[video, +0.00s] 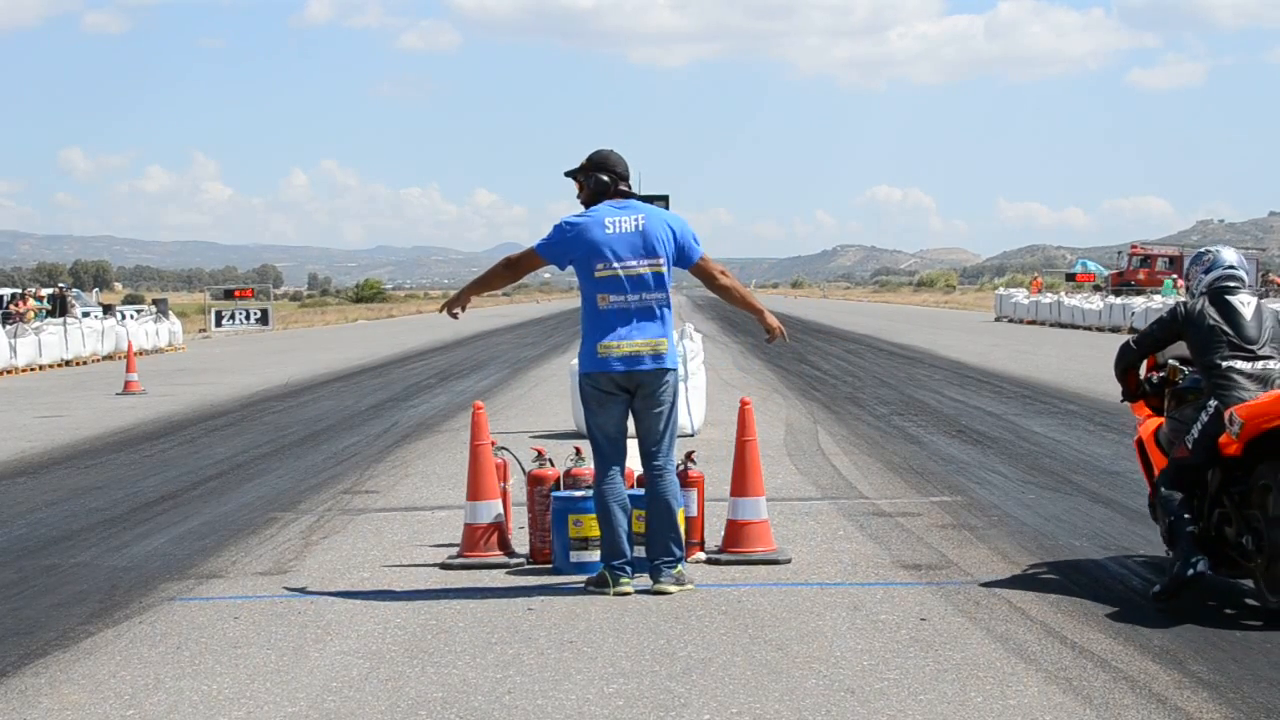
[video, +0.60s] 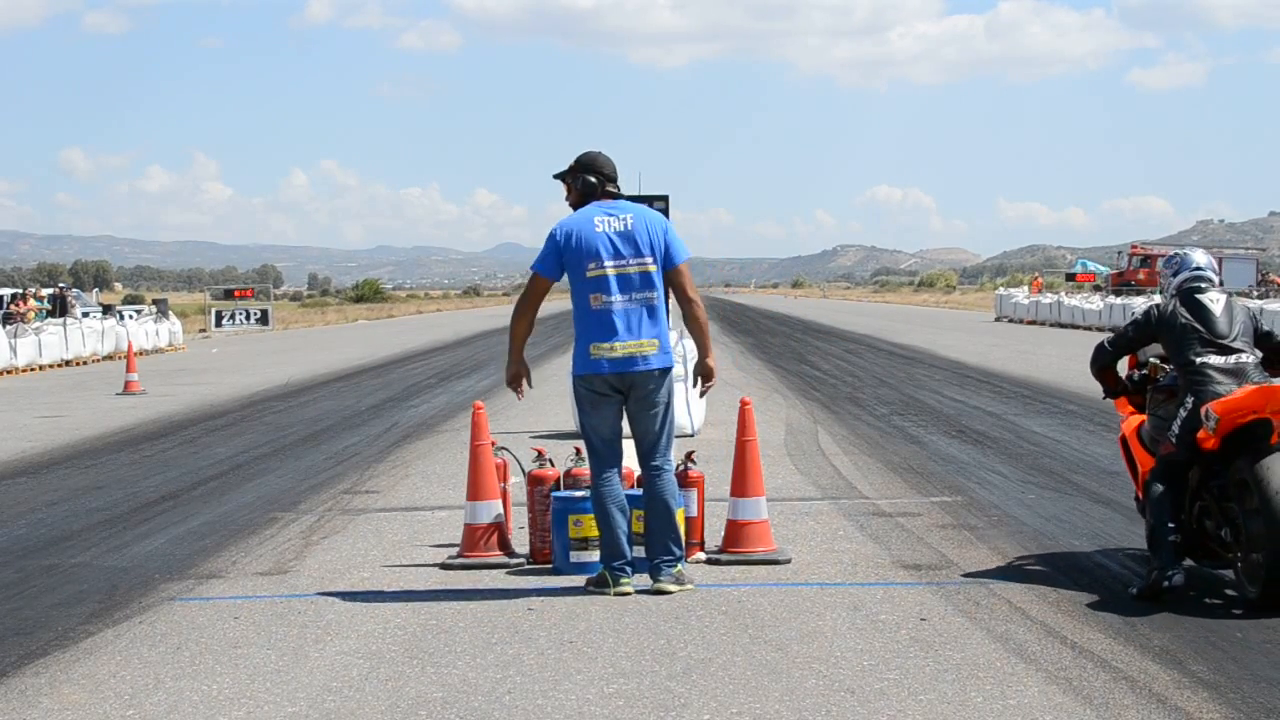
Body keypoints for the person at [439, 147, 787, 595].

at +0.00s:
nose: (576, 191)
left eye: (579, 184)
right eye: (576, 184)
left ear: (596, 184)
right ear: (624, 185)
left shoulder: (577, 228)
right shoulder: (665, 222)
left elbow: (516, 266)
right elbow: (716, 277)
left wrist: (465, 292)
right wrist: (763, 313)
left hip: (601, 362)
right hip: (658, 360)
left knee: (609, 467)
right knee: (661, 462)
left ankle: (617, 571)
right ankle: (667, 569)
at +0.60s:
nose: (566, 198)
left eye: (568, 190)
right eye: (566, 190)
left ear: (585, 187)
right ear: (611, 186)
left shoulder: (568, 230)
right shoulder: (654, 222)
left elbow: (530, 299)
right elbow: (688, 295)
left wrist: (515, 357)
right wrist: (706, 353)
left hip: (595, 366)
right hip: (652, 362)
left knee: (605, 469)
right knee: (659, 462)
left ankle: (616, 571)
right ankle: (667, 567)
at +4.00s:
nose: (573, 173)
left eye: (576, 163)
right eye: (573, 163)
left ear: (592, 165)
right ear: (630, 165)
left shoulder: (582, 218)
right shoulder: (674, 214)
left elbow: (563, 316)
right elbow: (698, 300)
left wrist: (545, 384)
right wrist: (679, 362)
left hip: (607, 381)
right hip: (671, 379)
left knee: (622, 501)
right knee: (660, 493)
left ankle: (639, 631)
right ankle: (653, 609)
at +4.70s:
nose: (588, 166)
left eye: (597, 156)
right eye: (589, 157)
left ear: (628, 160)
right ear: (643, 163)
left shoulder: (610, 216)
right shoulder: (696, 214)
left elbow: (587, 314)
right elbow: (718, 305)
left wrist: (556, 382)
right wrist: (712, 371)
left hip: (624, 384)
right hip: (687, 380)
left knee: (628, 505)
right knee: (687, 495)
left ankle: (639, 631)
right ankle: (705, 624)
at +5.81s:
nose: (619, 168)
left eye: (619, 162)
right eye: (625, 161)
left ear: (622, 165)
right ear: (672, 162)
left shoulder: (608, 219)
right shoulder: (712, 216)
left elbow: (584, 311)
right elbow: (734, 311)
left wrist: (569, 383)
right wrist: (726, 378)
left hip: (630, 385)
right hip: (699, 384)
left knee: (633, 504)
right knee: (699, 504)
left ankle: (639, 631)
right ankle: (705, 630)